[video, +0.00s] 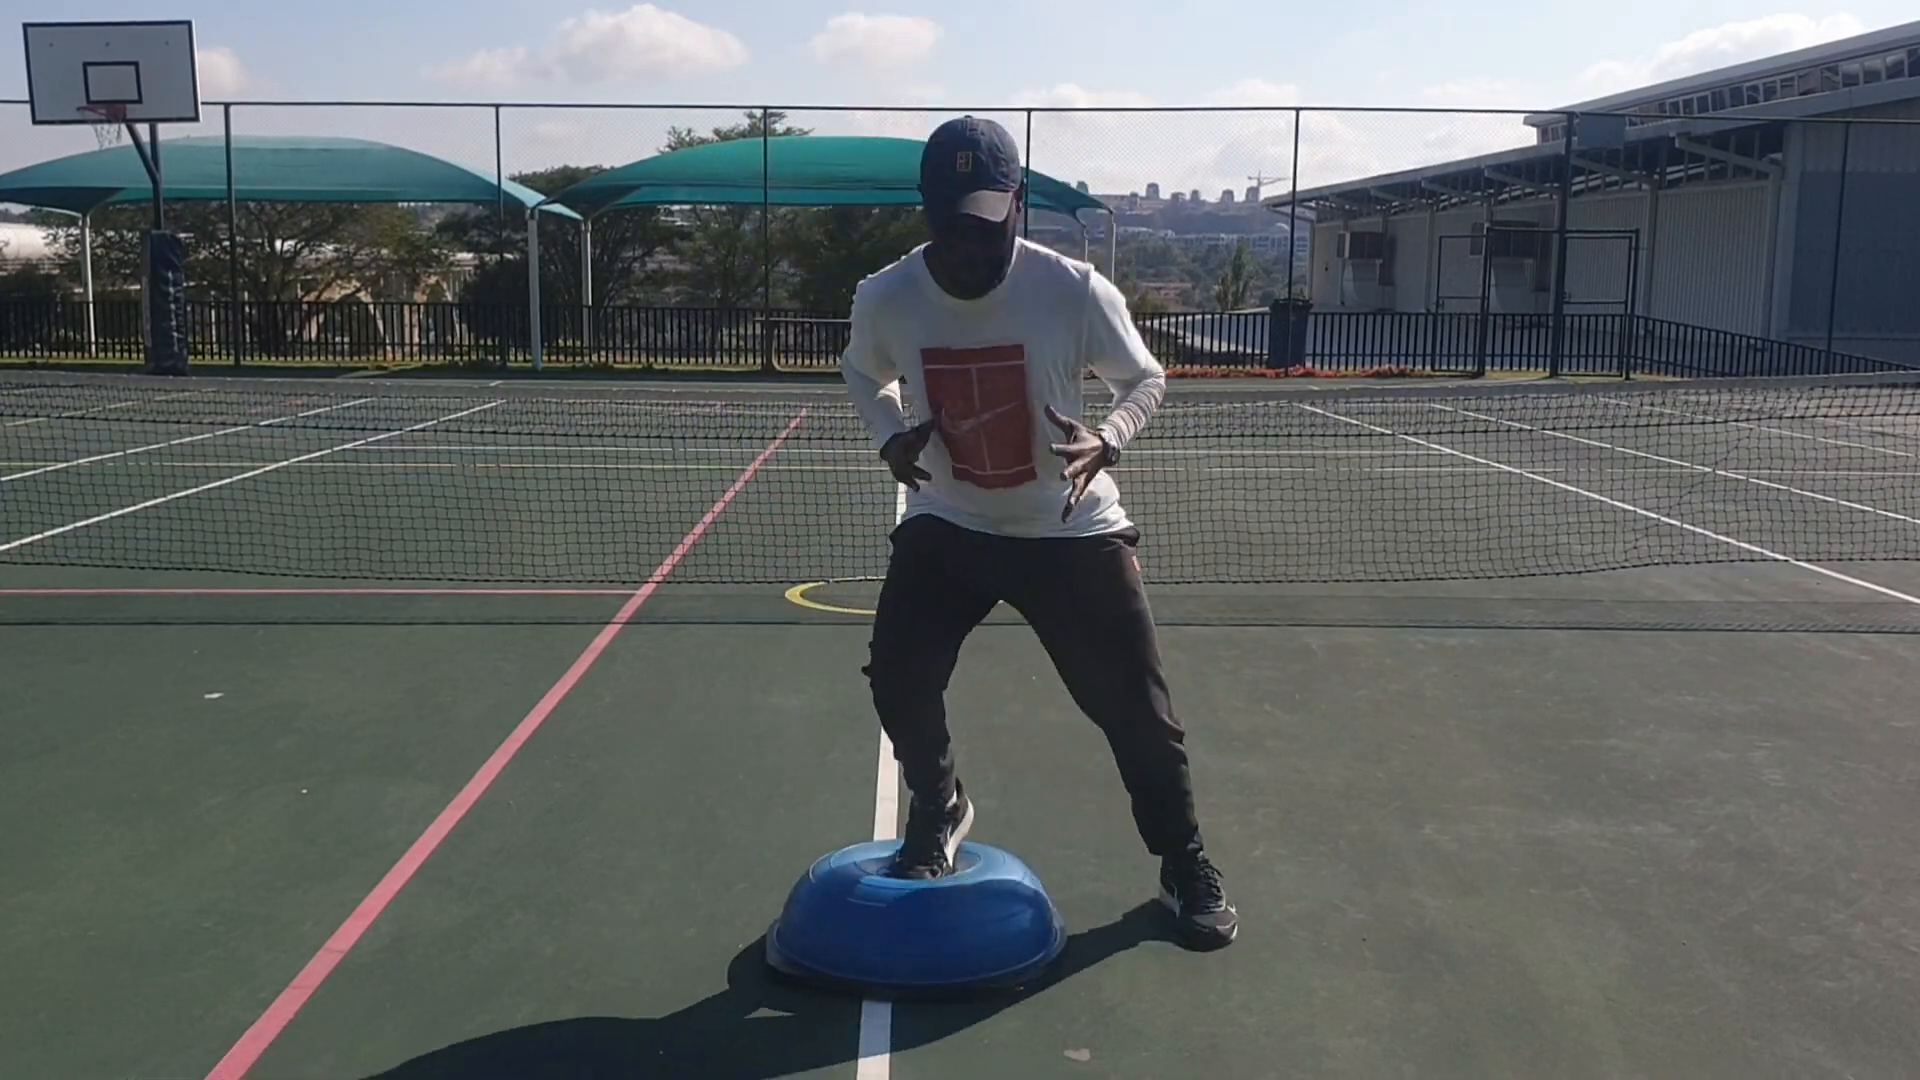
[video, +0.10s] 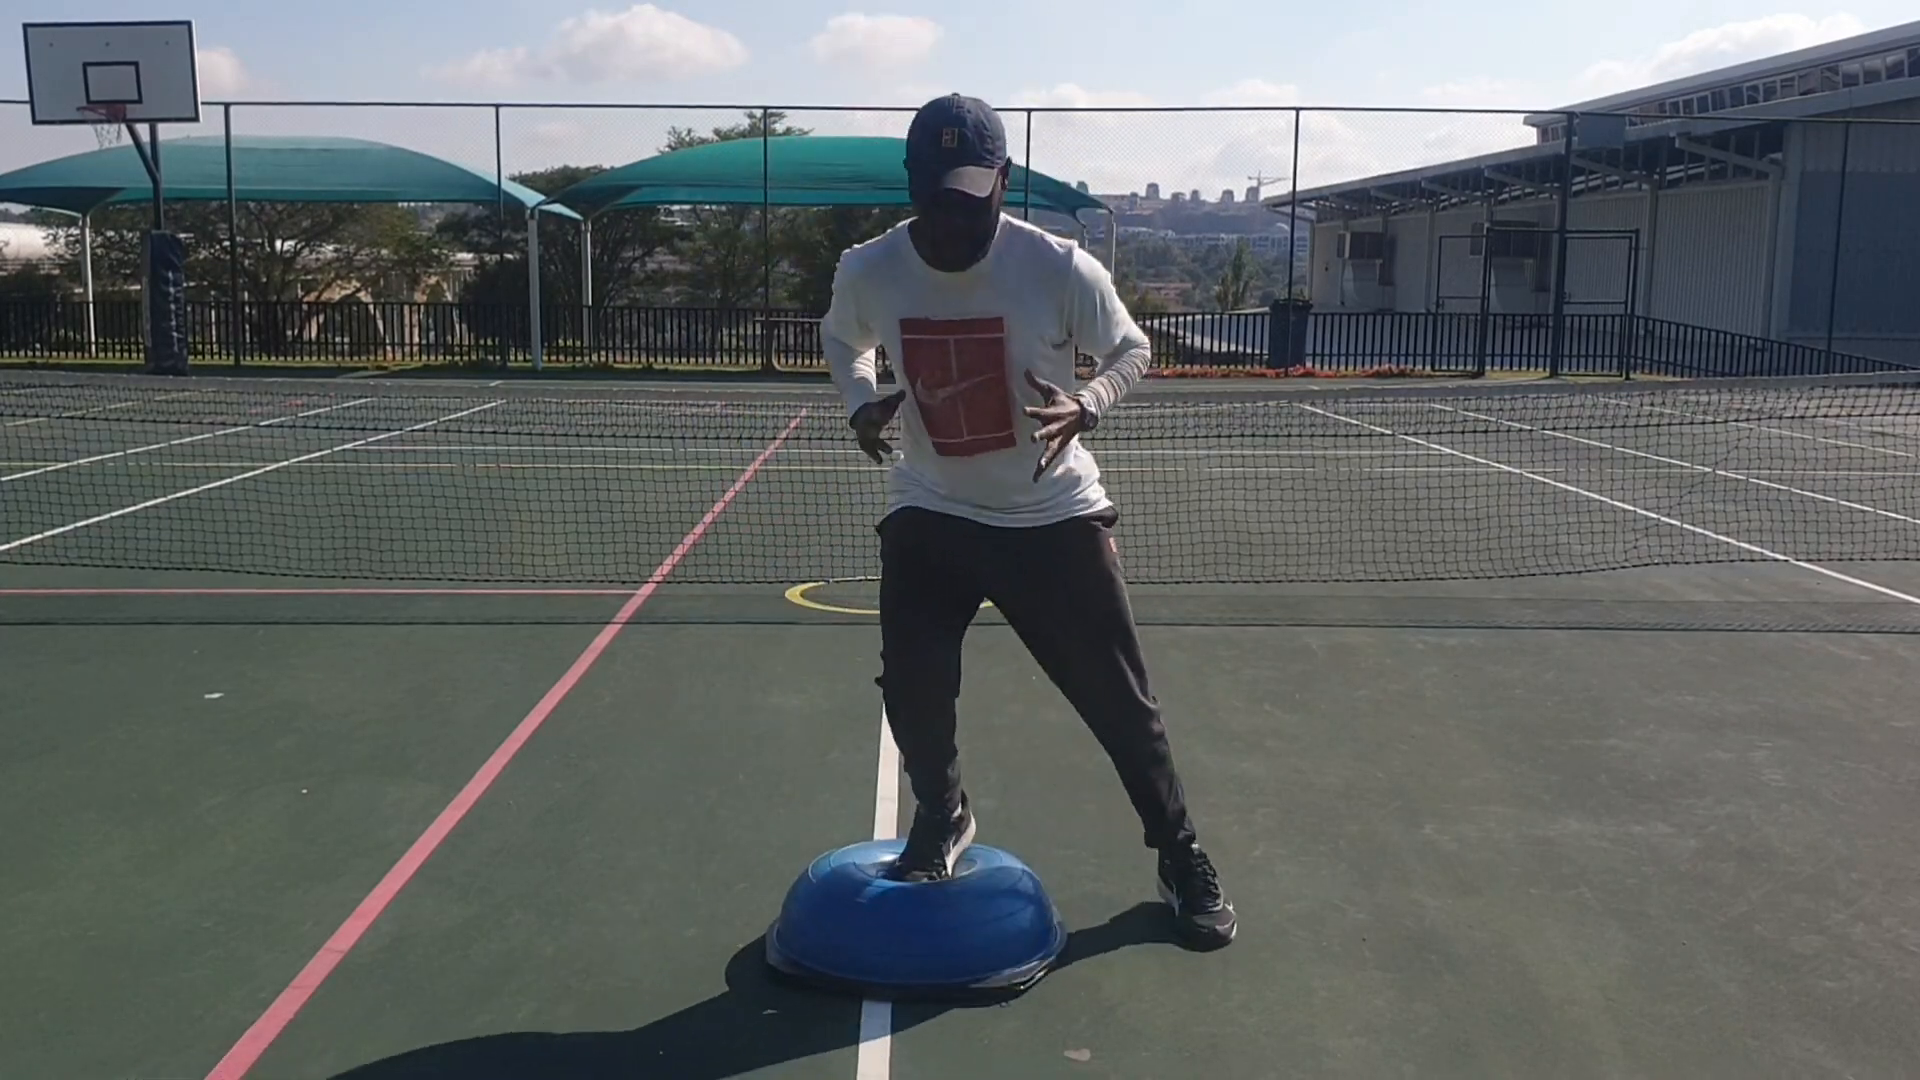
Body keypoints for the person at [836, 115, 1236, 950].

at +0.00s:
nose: (974, 243)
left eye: (991, 223)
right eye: (957, 224)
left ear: (1017, 209)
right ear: (927, 214)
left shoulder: (1076, 294)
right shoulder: (883, 302)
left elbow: (1145, 384)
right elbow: (862, 374)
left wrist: (1109, 435)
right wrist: (892, 433)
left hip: (1070, 531)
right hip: (947, 526)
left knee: (1141, 713)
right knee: (898, 681)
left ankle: (1187, 868)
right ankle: (936, 807)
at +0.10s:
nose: (964, 215)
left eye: (979, 195)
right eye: (945, 197)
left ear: (1004, 183)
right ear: (911, 186)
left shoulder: (1060, 270)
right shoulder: (866, 274)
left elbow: (1133, 352)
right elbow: (842, 341)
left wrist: (1091, 400)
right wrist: (864, 405)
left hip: (1051, 517)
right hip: (930, 513)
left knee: (1122, 704)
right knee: (911, 690)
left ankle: (1183, 863)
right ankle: (940, 812)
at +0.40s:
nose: (890, 80)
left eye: (907, 58)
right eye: (872, 59)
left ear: (937, 42)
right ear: (844, 41)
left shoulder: (986, 122)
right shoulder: (788, 115)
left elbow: (1044, 171)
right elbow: (717, 168)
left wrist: (1017, 241)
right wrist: (738, 251)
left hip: (944, 375)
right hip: (819, 374)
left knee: (975, 572)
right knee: (790, 579)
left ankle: (916, 733)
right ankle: (802, 738)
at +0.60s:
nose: (867, 170)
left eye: (878, 149)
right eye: (845, 153)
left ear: (895, 139)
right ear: (802, 148)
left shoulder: (934, 238)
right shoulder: (740, 227)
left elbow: (955, 283)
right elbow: (656, 282)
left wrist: (937, 337)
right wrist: (699, 356)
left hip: (868, 504)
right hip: (739, 511)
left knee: (915, 674)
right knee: (661, 701)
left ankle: (869, 808)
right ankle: (604, 862)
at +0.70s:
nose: (839, 222)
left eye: (856, 204)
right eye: (822, 204)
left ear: (882, 198)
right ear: (790, 199)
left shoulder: (917, 297)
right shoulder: (722, 288)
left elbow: (931, 379)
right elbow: (647, 364)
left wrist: (907, 423)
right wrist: (693, 429)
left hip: (852, 528)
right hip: (729, 535)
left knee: (912, 677)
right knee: (667, 715)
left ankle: (869, 811)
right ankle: (607, 867)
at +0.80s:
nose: (861, 154)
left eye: (876, 135)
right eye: (842, 137)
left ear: (904, 131)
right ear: (813, 134)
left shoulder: (946, 228)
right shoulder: (754, 223)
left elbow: (981, 304)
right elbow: (676, 303)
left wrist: (959, 331)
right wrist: (732, 345)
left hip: (888, 489)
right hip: (764, 496)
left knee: (914, 680)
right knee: (694, 688)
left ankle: (870, 818)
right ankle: (620, 848)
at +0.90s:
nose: (881, 89)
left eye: (899, 70)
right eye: (865, 69)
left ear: (928, 63)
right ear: (836, 57)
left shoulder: (978, 154)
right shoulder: (779, 159)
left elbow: (1030, 221)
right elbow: (694, 238)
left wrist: (1006, 260)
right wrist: (739, 276)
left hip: (924, 438)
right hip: (800, 430)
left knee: (907, 649)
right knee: (751, 624)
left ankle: (872, 806)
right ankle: (734, 777)